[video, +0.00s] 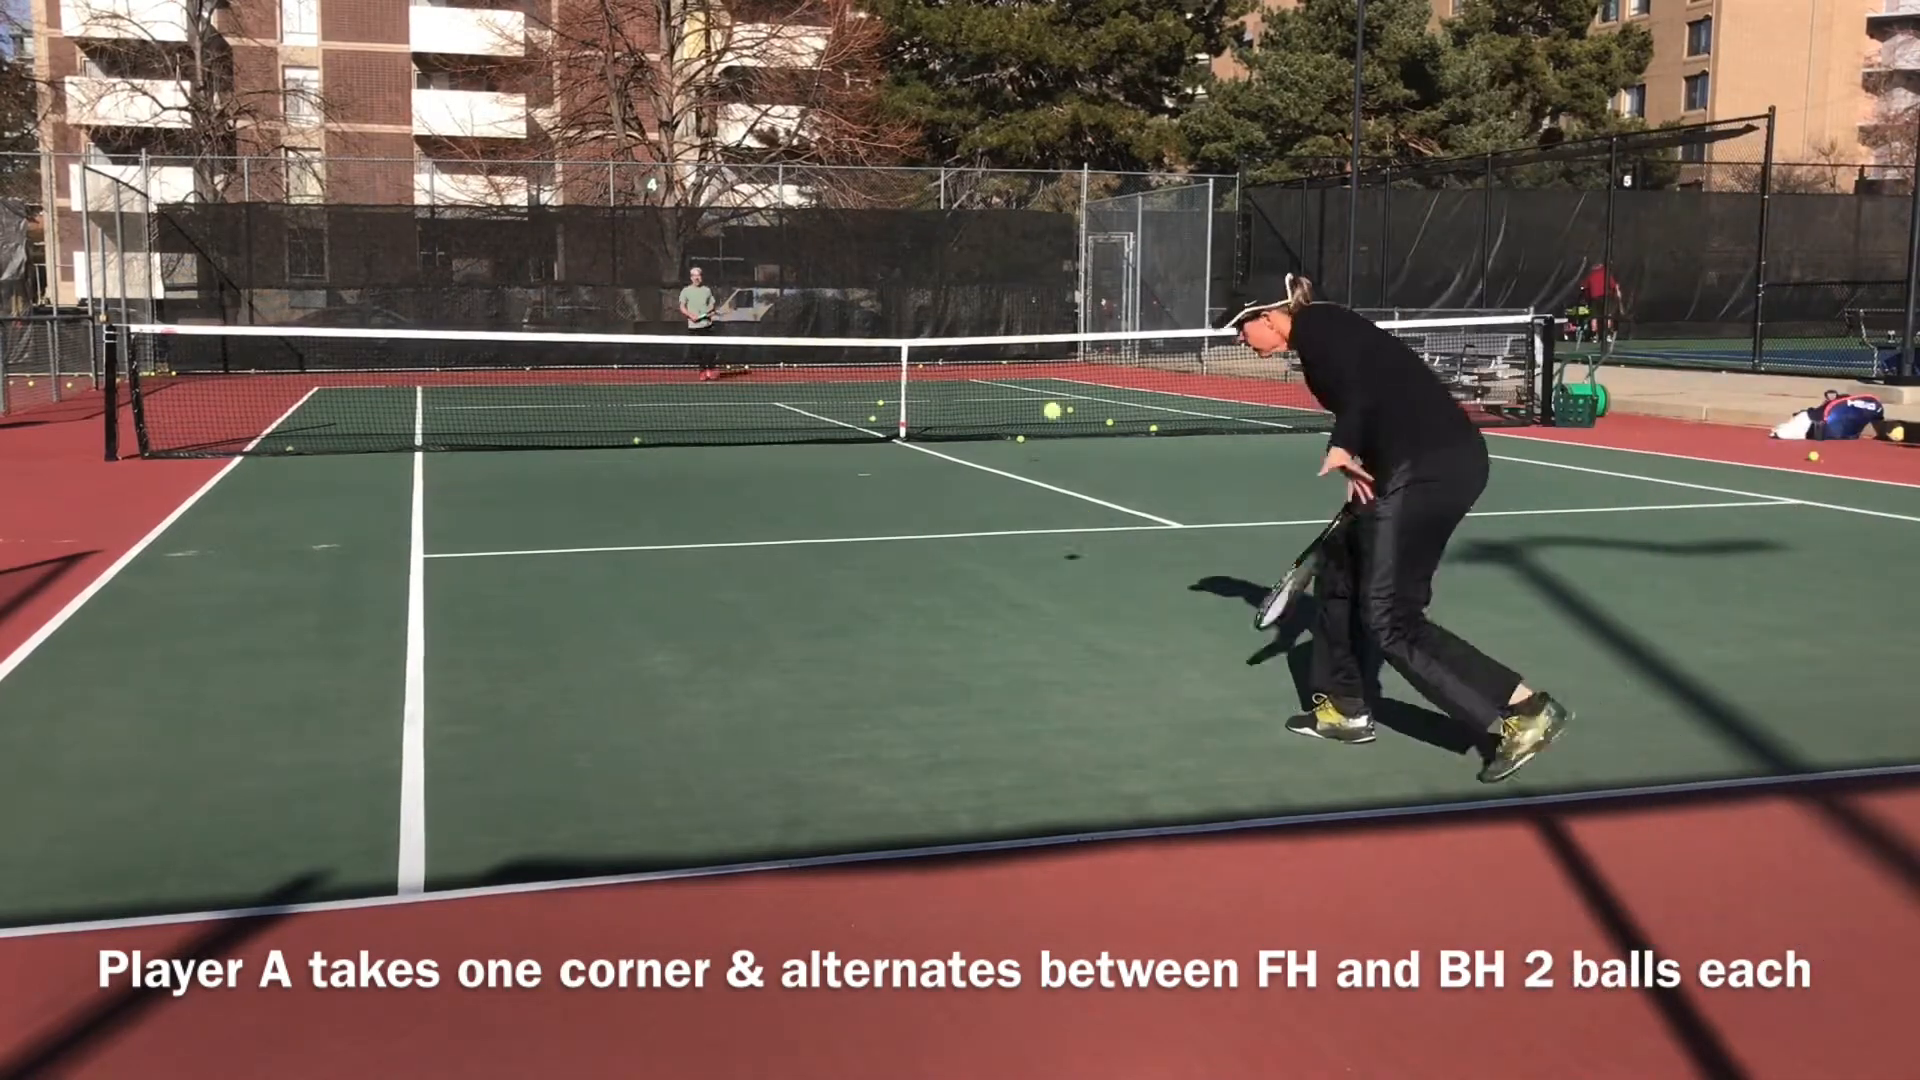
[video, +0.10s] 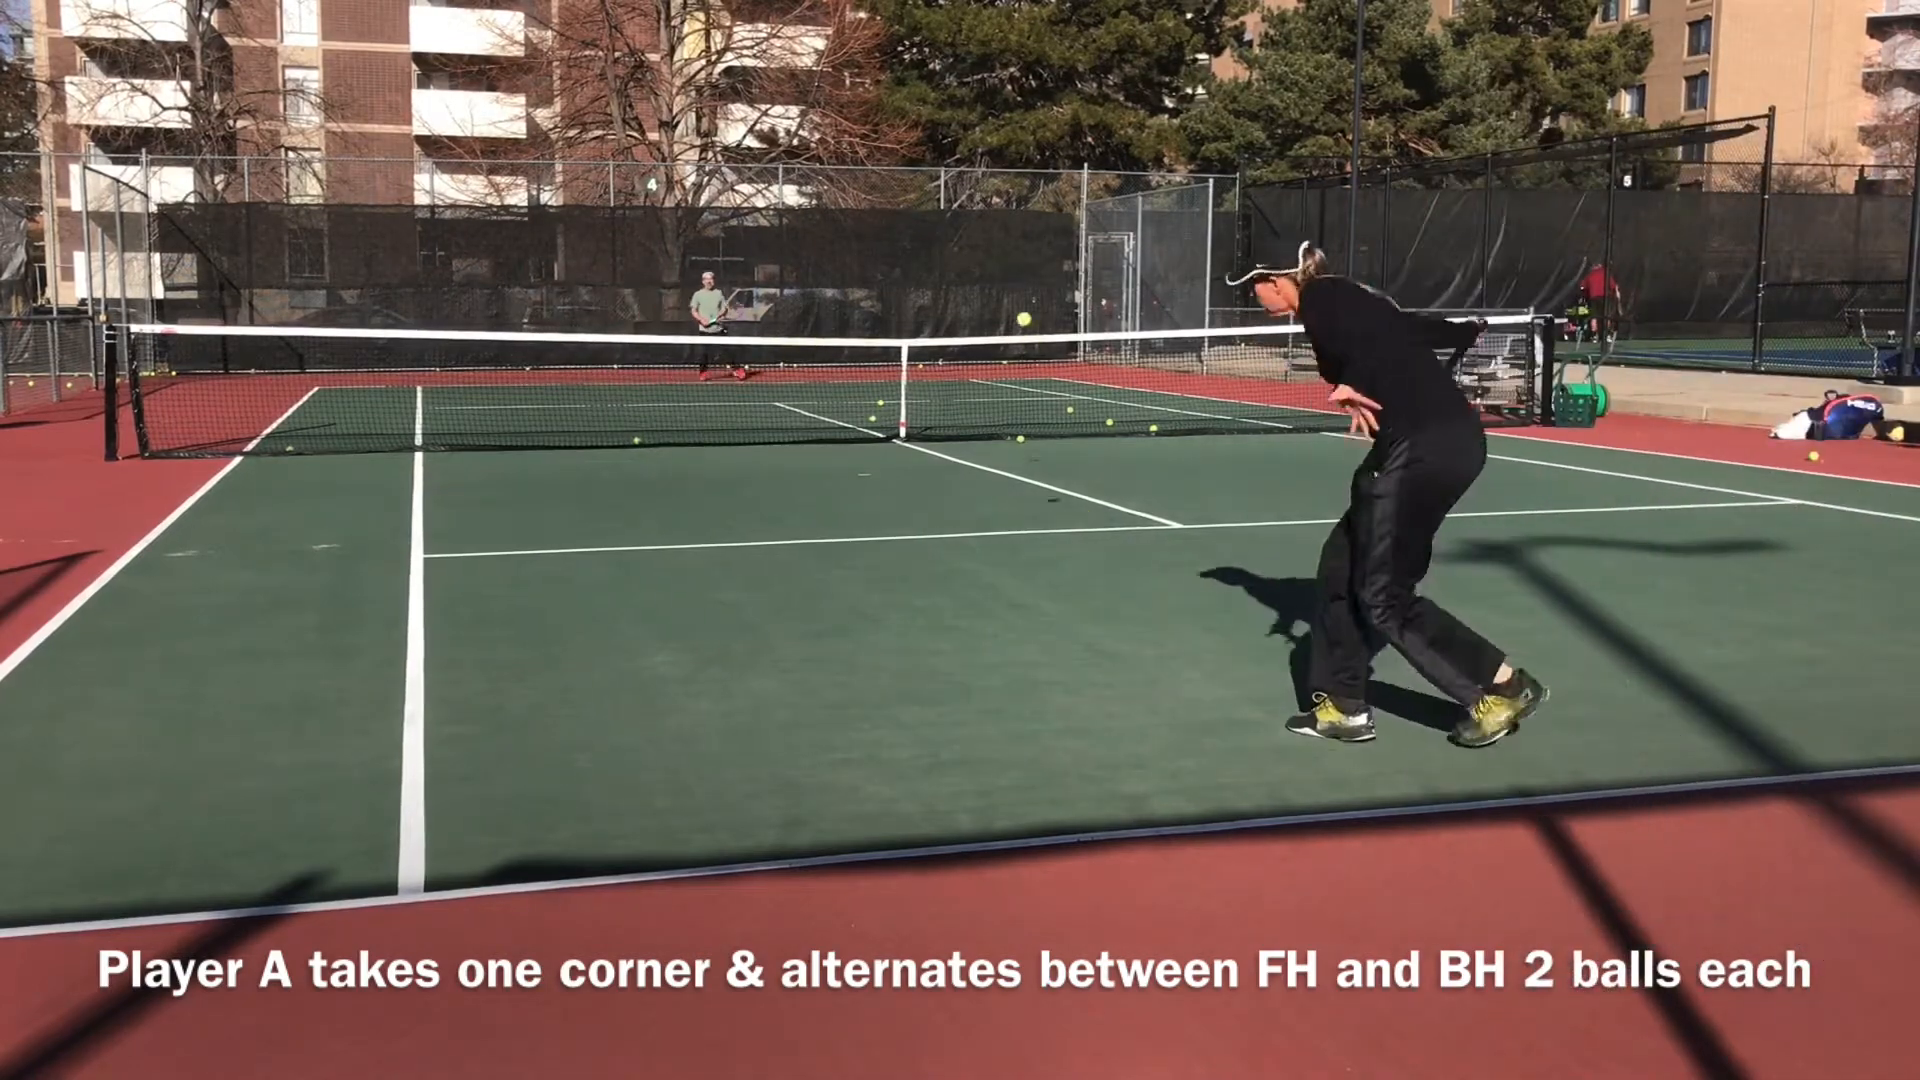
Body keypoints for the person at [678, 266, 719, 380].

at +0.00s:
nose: (696, 278)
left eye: (698, 275)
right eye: (694, 275)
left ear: (701, 277)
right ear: (690, 277)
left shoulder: (706, 290)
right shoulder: (685, 291)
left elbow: (712, 303)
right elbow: (682, 307)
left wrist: (708, 311)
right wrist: (691, 316)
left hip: (706, 324)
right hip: (694, 325)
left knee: (709, 347)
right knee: (697, 348)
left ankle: (710, 369)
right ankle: (702, 369)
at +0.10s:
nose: (709, 281)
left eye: (711, 279)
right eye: (707, 279)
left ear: (714, 280)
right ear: (703, 281)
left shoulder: (718, 293)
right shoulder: (697, 295)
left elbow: (725, 306)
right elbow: (693, 311)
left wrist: (720, 315)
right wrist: (702, 320)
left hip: (718, 328)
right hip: (705, 329)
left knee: (726, 349)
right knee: (704, 351)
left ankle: (735, 368)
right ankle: (703, 371)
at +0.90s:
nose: (809, 289)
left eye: (811, 287)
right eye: (807, 287)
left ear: (812, 288)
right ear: (802, 287)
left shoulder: (807, 300)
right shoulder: (798, 299)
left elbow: (805, 315)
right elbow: (798, 316)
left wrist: (811, 323)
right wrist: (808, 327)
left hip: (803, 331)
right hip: (794, 332)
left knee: (813, 350)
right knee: (792, 354)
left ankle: (816, 370)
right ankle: (778, 366)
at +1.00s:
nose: (819, 292)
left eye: (821, 290)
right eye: (817, 290)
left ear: (821, 291)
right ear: (812, 290)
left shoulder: (816, 304)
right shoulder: (808, 303)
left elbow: (816, 319)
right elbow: (810, 319)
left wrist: (823, 327)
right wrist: (820, 328)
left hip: (812, 334)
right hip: (805, 335)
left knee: (820, 353)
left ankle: (819, 370)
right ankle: (797, 364)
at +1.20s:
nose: (839, 296)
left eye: (840, 294)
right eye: (837, 293)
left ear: (841, 295)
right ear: (832, 294)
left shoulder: (827, 304)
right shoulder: (831, 305)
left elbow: (829, 322)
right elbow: (832, 322)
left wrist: (836, 332)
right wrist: (838, 333)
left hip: (821, 334)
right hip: (825, 334)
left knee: (833, 354)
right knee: (844, 347)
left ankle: (820, 370)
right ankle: (848, 370)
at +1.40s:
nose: (862, 300)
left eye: (862, 298)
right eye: (859, 298)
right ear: (854, 298)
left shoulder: (847, 308)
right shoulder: (852, 309)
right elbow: (855, 328)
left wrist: (853, 331)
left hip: (840, 337)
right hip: (846, 337)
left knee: (840, 358)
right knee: (862, 352)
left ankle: (822, 368)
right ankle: (871, 371)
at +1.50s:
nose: (875, 304)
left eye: (875, 302)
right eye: (873, 302)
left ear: (866, 302)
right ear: (866, 302)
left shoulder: (857, 310)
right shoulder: (866, 314)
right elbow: (869, 332)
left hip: (849, 339)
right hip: (857, 339)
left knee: (849, 361)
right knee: (874, 353)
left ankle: (829, 367)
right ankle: (875, 374)